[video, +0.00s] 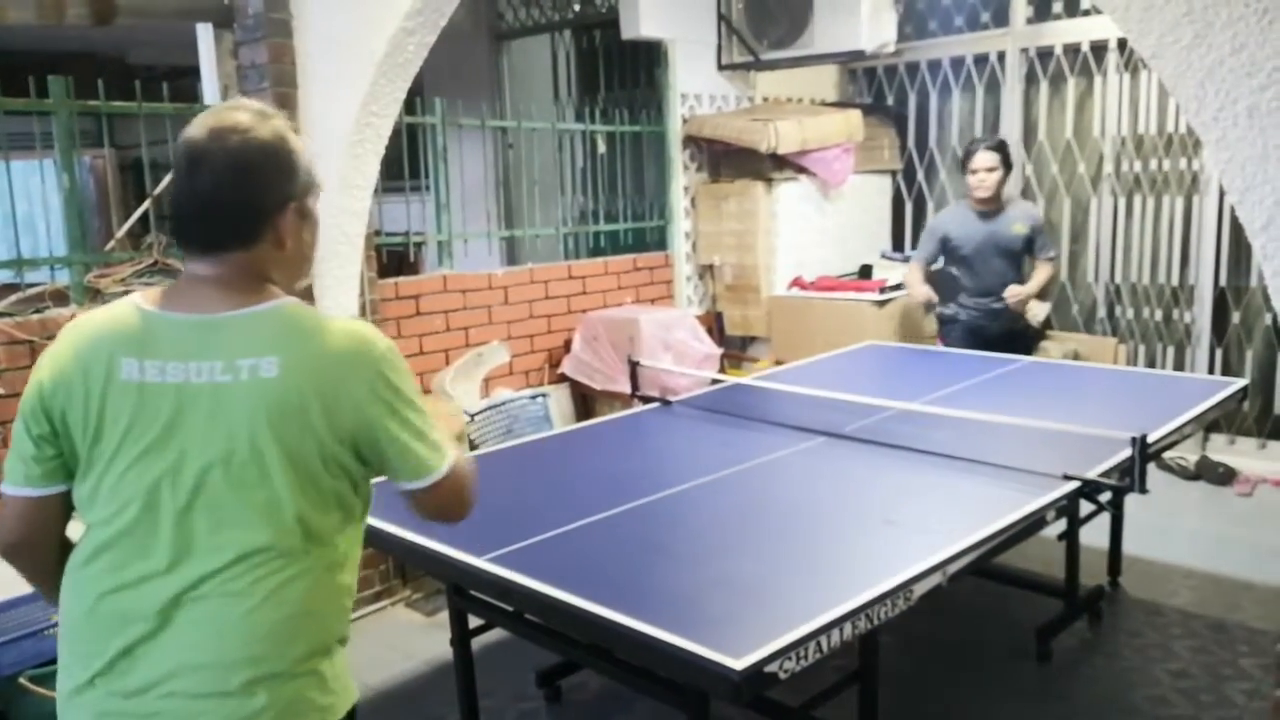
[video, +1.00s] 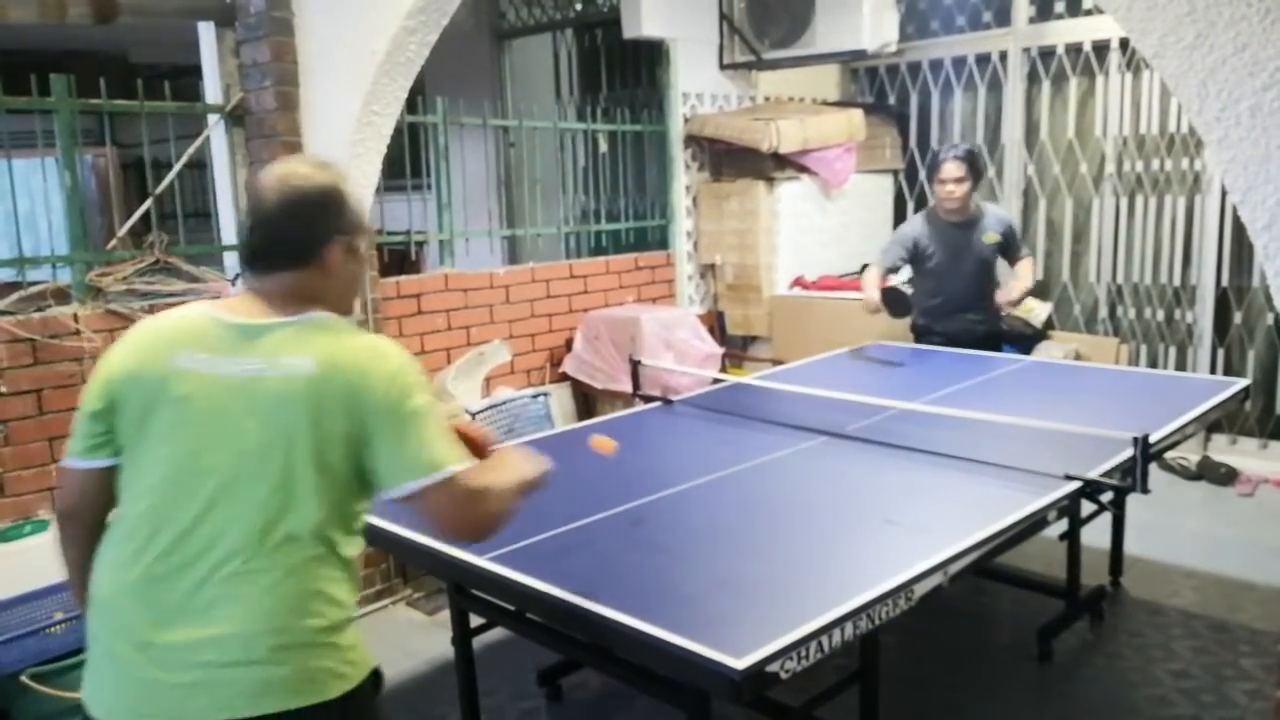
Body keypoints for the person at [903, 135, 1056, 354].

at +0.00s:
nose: (981, 178)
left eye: (990, 170)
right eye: (973, 172)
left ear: (1006, 173)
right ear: (965, 176)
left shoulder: (1026, 216)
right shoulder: (946, 220)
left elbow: (1046, 262)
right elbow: (917, 265)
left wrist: (1028, 290)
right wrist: (918, 288)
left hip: (1009, 318)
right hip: (961, 319)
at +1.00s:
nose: (950, 190)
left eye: (959, 181)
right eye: (942, 182)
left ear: (974, 182)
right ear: (932, 184)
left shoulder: (996, 223)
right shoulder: (915, 230)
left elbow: (1021, 258)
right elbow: (876, 268)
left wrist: (1015, 290)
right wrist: (872, 294)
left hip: (984, 338)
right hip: (934, 340)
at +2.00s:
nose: (938, 206)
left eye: (946, 198)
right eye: (928, 199)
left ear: (958, 197)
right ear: (915, 200)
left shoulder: (976, 228)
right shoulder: (906, 235)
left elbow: (989, 276)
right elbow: (874, 272)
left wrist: (998, 319)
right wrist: (857, 306)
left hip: (966, 325)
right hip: (917, 326)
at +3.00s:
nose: (919, 195)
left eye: (928, 186)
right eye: (911, 188)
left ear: (946, 186)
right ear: (901, 190)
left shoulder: (975, 225)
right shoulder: (892, 228)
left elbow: (994, 283)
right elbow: (854, 263)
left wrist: (983, 342)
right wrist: (828, 294)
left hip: (968, 343)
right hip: (920, 342)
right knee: (918, 422)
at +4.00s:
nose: (960, 289)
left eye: (971, 282)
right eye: (951, 279)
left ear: (987, 274)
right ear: (939, 271)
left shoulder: (1006, 278)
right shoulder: (922, 292)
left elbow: (1019, 333)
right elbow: (885, 326)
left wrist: (979, 366)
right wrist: (844, 351)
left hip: (997, 374)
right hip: (939, 373)